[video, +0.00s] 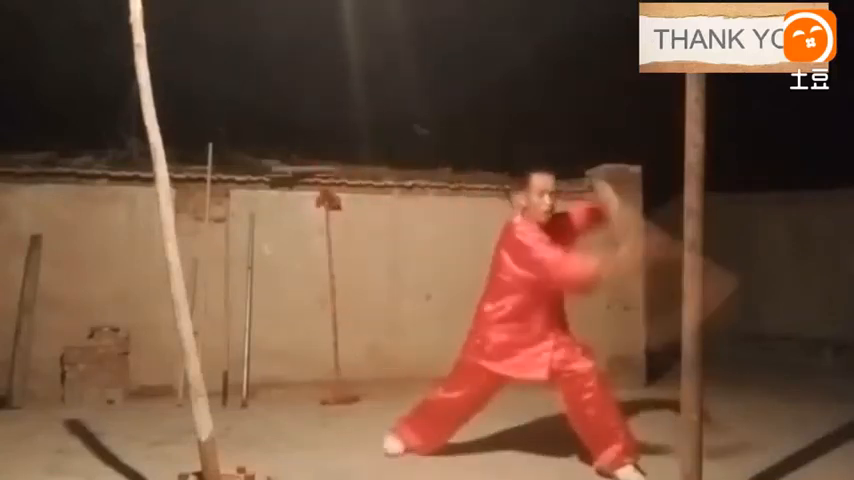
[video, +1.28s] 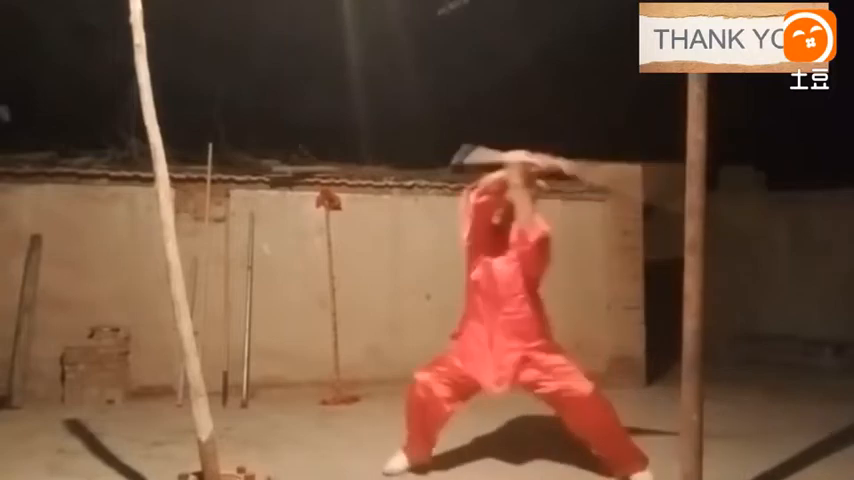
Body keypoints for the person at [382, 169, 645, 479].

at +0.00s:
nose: (548, 201)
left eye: (552, 194)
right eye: (540, 194)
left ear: (555, 197)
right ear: (519, 199)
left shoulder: (553, 228)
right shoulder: (518, 235)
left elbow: (587, 218)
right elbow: (563, 269)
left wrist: (608, 206)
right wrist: (616, 260)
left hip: (543, 335)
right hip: (499, 337)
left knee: (584, 375)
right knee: (459, 393)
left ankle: (615, 459)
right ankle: (406, 435)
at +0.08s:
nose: (547, 205)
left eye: (552, 198)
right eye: (540, 198)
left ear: (556, 200)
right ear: (521, 201)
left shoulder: (547, 228)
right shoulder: (520, 239)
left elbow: (577, 214)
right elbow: (590, 253)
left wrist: (595, 194)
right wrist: (626, 221)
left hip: (540, 337)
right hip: (497, 339)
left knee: (581, 378)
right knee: (455, 394)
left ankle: (616, 460)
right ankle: (400, 435)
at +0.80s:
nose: (559, 200)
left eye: (561, 192)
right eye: (551, 192)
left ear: (562, 192)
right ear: (530, 193)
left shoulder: (538, 224)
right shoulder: (523, 226)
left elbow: (584, 210)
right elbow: (579, 215)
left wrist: (630, 179)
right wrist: (632, 180)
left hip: (531, 328)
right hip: (502, 329)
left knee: (580, 377)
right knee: (463, 395)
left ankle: (615, 455)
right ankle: (400, 429)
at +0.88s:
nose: (563, 183)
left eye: (569, 176)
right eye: (556, 174)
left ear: (572, 180)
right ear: (536, 176)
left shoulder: (553, 214)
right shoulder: (524, 208)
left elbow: (583, 243)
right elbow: (572, 212)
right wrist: (623, 197)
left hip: (537, 320)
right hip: (495, 315)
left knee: (579, 376)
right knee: (458, 384)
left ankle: (609, 455)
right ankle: (403, 426)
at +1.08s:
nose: (558, 194)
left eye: (564, 188)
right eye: (551, 185)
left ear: (569, 192)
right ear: (531, 185)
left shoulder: (564, 228)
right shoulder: (516, 209)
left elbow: (569, 283)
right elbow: (551, 231)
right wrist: (596, 244)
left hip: (547, 336)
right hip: (496, 331)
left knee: (596, 379)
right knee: (440, 386)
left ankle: (621, 460)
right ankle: (419, 448)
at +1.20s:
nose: (547, 200)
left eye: (553, 195)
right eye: (541, 192)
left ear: (559, 202)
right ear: (528, 196)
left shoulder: (558, 247)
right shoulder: (507, 234)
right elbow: (498, 203)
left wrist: (570, 346)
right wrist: (529, 192)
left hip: (544, 346)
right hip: (493, 343)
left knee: (596, 383)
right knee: (441, 392)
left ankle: (623, 462)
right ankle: (416, 451)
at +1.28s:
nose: (498, 206)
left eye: (506, 199)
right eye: (492, 198)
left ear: (519, 207)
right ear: (481, 207)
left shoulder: (530, 246)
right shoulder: (477, 247)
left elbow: (531, 230)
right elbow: (479, 194)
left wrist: (519, 177)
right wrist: (527, 166)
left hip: (529, 353)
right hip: (475, 351)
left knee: (583, 396)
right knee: (425, 386)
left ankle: (632, 467)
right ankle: (415, 455)